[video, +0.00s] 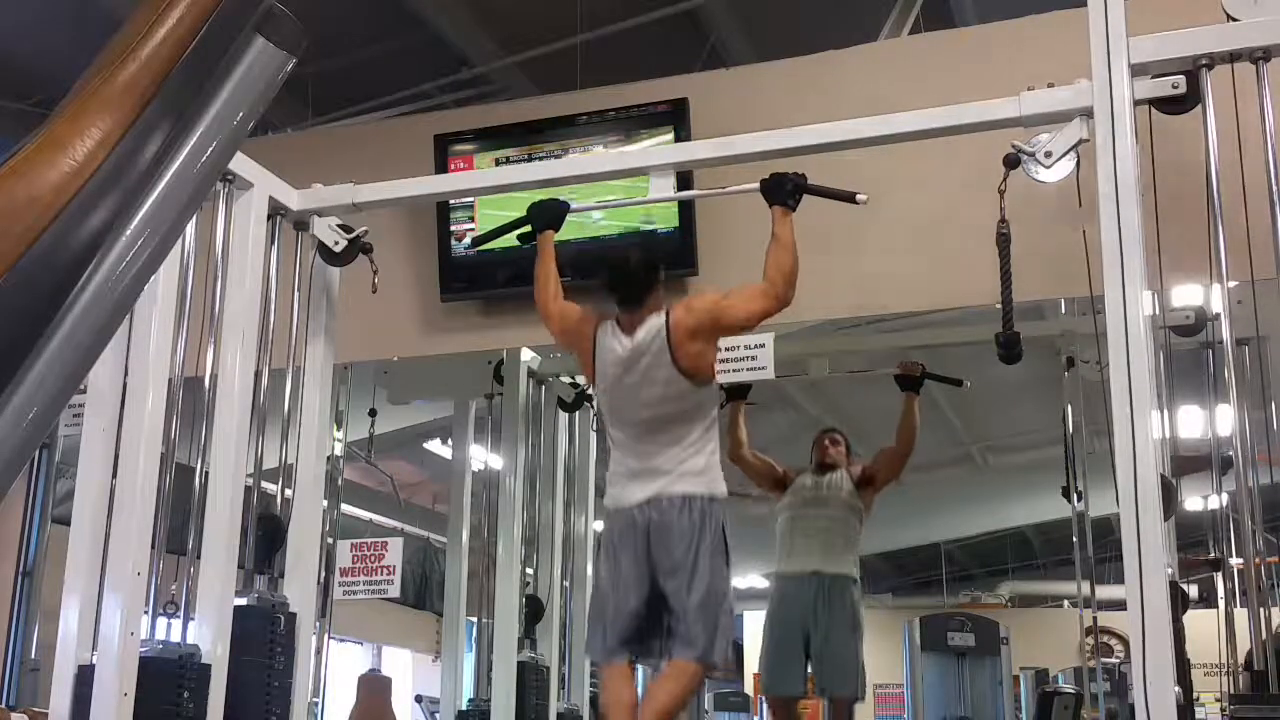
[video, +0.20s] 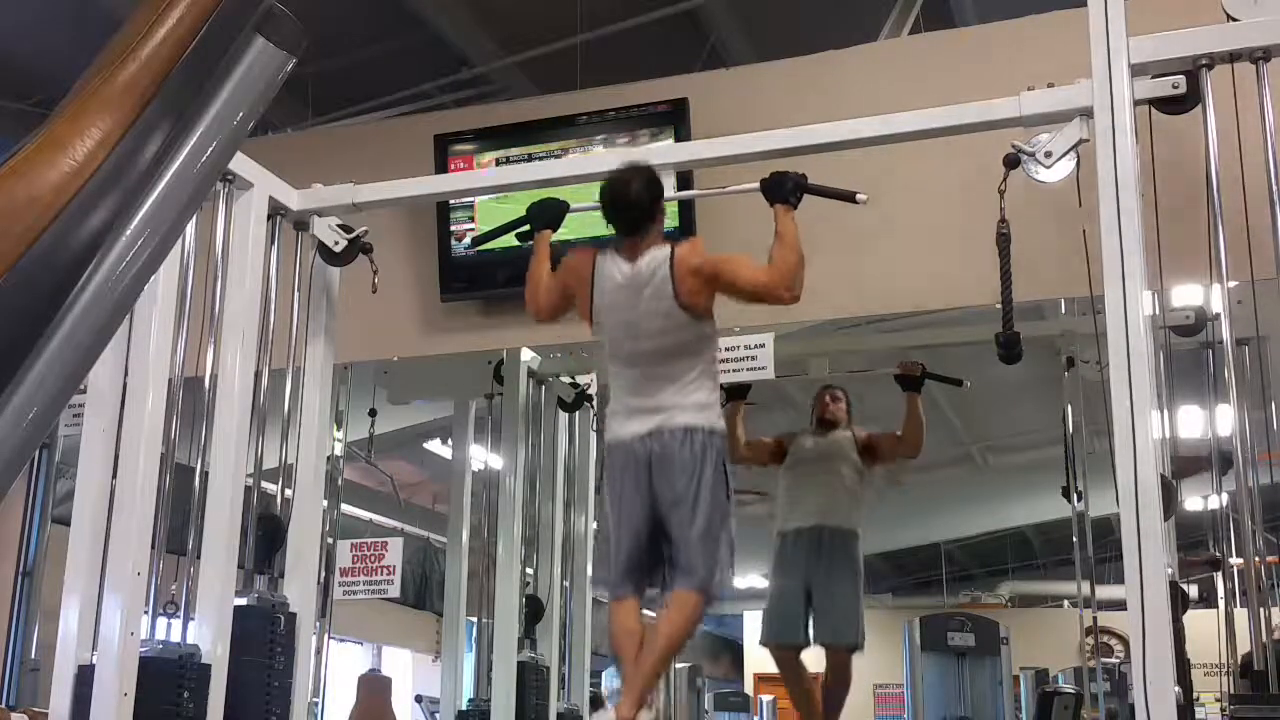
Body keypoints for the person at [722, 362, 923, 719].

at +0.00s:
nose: (828, 445)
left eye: (836, 442)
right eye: (822, 442)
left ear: (848, 455)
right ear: (811, 454)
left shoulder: (860, 480)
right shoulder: (789, 480)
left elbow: (902, 450)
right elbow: (739, 453)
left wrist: (910, 394)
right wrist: (736, 401)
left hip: (839, 589)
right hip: (788, 588)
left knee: (841, 696)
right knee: (779, 694)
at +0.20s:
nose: (828, 400)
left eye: (836, 398)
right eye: (822, 398)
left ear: (848, 413)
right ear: (813, 412)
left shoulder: (859, 441)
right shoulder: (792, 443)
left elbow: (910, 446)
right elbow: (740, 451)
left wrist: (912, 392)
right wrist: (735, 405)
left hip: (839, 543)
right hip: (791, 543)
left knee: (838, 646)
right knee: (781, 643)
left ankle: (829, 717)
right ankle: (811, 715)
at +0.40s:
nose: (824, 365)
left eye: (832, 360)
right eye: (817, 360)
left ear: (844, 372)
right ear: (808, 372)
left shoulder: (863, 410)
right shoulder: (788, 411)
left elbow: (907, 444)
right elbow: (741, 450)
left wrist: (912, 392)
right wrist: (737, 402)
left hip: (842, 512)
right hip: (794, 514)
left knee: (843, 620)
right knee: (788, 615)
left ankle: (833, 712)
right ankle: (830, 709)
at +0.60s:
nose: (826, 396)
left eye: (835, 393)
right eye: (821, 393)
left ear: (847, 408)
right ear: (812, 407)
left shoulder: (859, 437)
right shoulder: (792, 438)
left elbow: (909, 443)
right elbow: (744, 451)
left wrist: (913, 392)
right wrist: (736, 404)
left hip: (840, 546)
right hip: (792, 548)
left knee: (846, 650)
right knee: (795, 650)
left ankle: (845, 716)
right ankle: (831, 716)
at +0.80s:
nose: (830, 445)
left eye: (838, 441)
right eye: (825, 442)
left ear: (851, 454)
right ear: (815, 454)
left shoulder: (861, 482)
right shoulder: (791, 481)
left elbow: (907, 450)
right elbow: (740, 455)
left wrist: (912, 395)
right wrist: (736, 402)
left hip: (842, 591)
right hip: (791, 591)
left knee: (850, 697)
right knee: (789, 698)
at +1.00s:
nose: (826, 463)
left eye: (835, 462)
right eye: (820, 462)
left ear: (848, 476)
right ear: (811, 474)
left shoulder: (859, 499)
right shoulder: (788, 498)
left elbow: (901, 452)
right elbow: (746, 457)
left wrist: (909, 395)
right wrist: (738, 403)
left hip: (840, 613)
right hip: (789, 613)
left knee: (845, 709)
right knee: (784, 708)